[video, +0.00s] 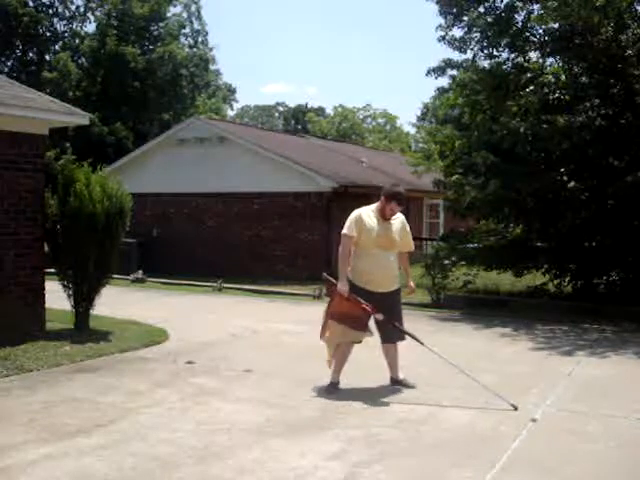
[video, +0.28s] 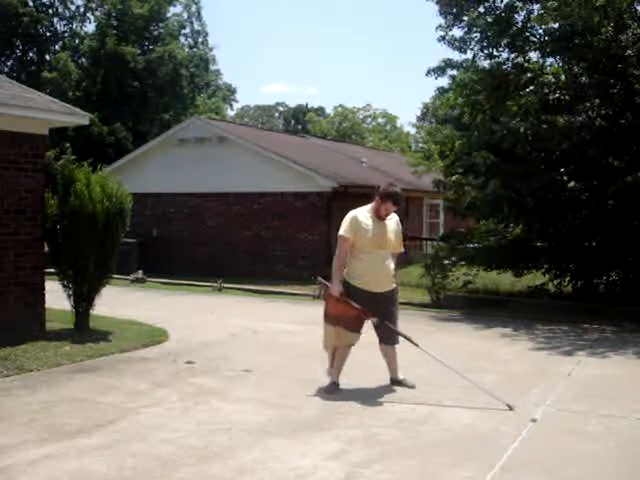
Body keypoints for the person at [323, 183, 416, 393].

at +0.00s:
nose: (394, 211)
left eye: (398, 208)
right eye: (392, 206)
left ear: (400, 207)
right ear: (383, 200)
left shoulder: (400, 222)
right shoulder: (360, 217)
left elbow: (403, 254)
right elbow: (345, 248)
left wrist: (409, 279)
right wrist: (342, 279)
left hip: (389, 291)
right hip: (359, 288)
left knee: (390, 337)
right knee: (348, 335)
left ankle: (395, 377)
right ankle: (334, 379)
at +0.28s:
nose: (388, 212)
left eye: (392, 209)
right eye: (386, 207)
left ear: (395, 207)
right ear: (377, 200)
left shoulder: (394, 221)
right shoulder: (355, 218)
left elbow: (395, 253)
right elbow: (341, 252)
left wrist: (386, 274)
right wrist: (336, 281)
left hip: (386, 290)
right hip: (356, 287)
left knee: (389, 337)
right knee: (345, 336)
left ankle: (395, 376)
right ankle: (334, 379)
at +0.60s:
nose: (386, 211)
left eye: (390, 208)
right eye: (384, 206)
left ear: (393, 207)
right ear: (375, 200)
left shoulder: (392, 221)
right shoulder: (354, 218)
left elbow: (395, 252)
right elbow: (340, 250)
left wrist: (390, 276)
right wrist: (334, 281)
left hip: (386, 290)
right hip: (356, 288)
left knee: (389, 337)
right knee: (346, 335)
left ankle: (395, 376)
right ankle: (334, 380)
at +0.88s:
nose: (386, 211)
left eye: (390, 208)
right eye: (384, 206)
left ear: (393, 206)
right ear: (375, 201)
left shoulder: (393, 220)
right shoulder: (354, 218)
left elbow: (397, 252)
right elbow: (340, 250)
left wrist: (398, 275)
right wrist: (334, 281)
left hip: (386, 289)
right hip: (355, 287)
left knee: (389, 336)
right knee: (347, 334)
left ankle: (395, 376)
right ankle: (334, 379)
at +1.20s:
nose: (386, 212)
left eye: (390, 208)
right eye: (384, 207)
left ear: (392, 206)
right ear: (374, 201)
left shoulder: (392, 220)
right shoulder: (353, 218)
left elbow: (397, 250)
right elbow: (339, 249)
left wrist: (398, 269)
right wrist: (335, 280)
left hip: (386, 289)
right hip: (355, 287)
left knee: (389, 336)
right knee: (346, 334)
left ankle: (395, 376)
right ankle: (334, 379)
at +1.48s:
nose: (386, 211)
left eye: (390, 208)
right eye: (384, 206)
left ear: (392, 206)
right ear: (374, 201)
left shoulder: (392, 220)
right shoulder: (353, 218)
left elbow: (395, 251)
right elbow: (339, 249)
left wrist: (394, 274)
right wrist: (335, 280)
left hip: (385, 289)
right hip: (355, 287)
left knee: (389, 336)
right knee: (346, 334)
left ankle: (395, 376)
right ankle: (334, 379)